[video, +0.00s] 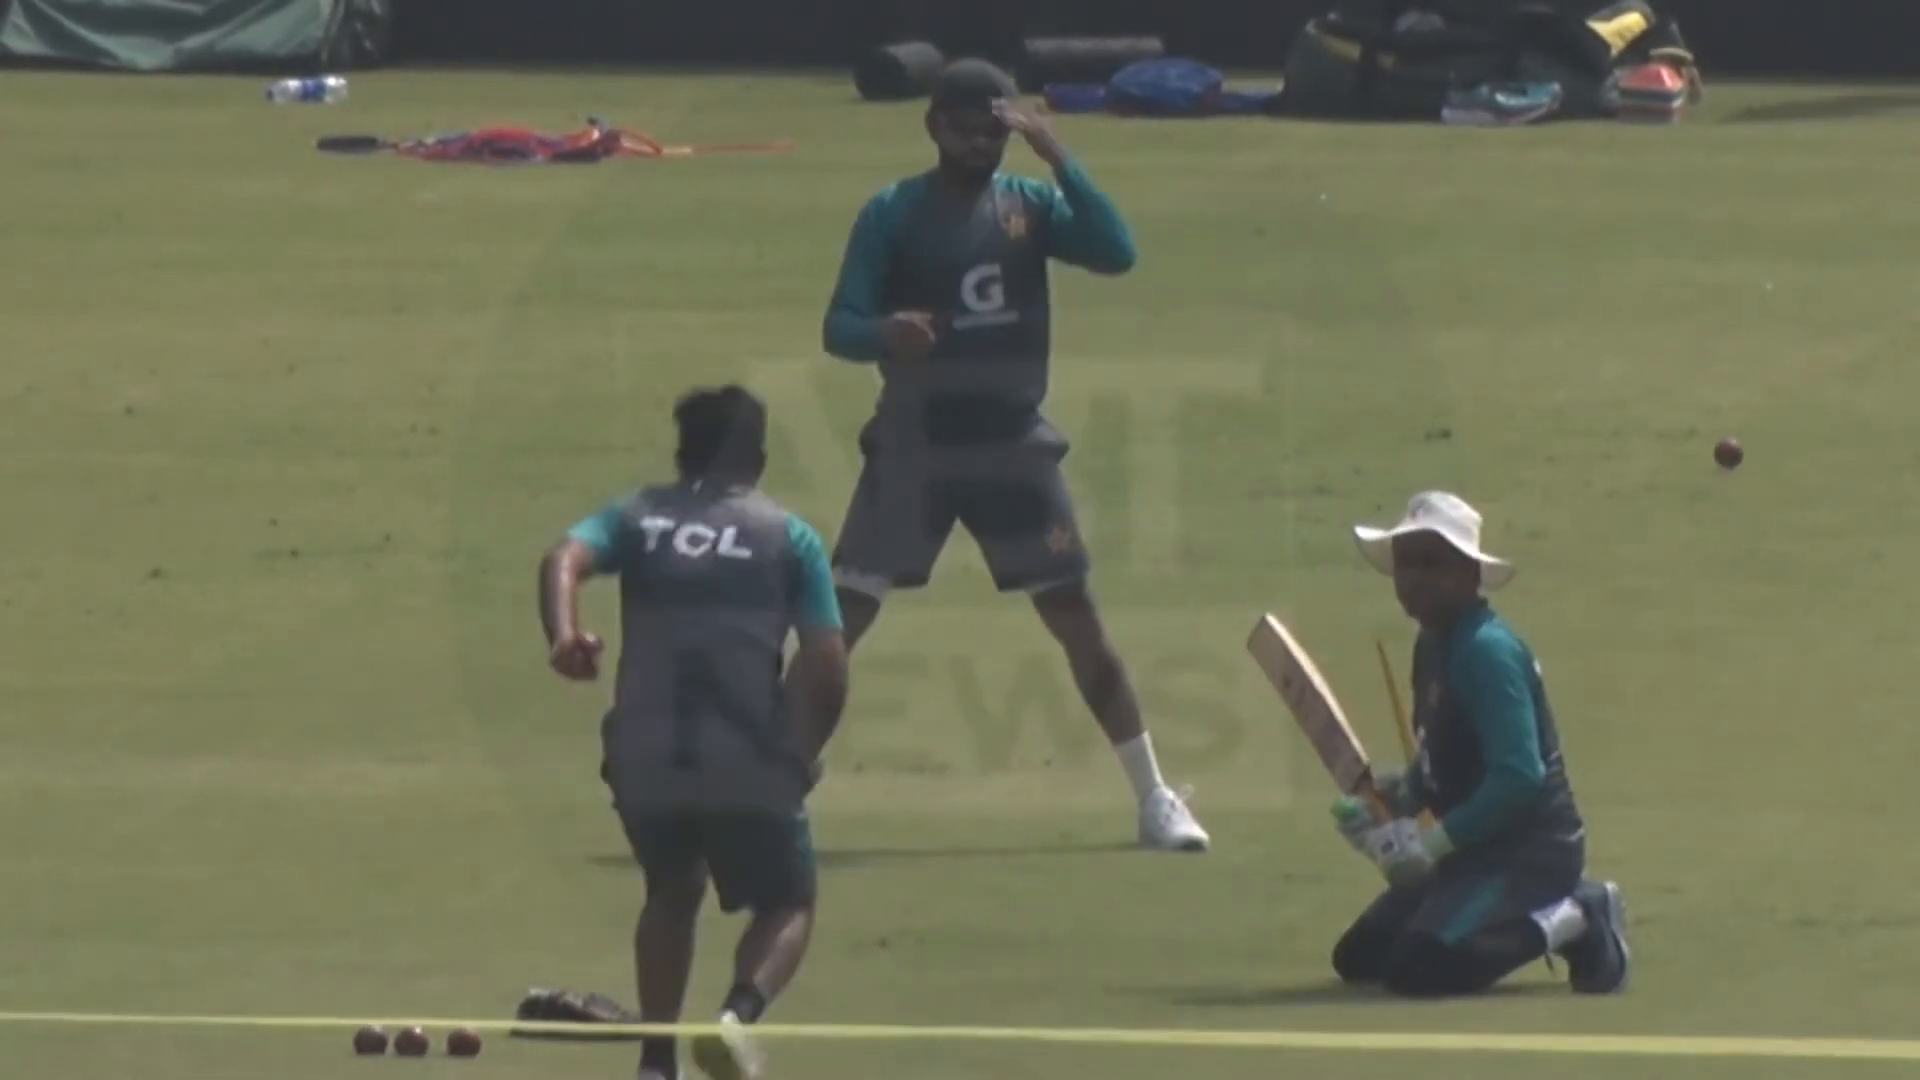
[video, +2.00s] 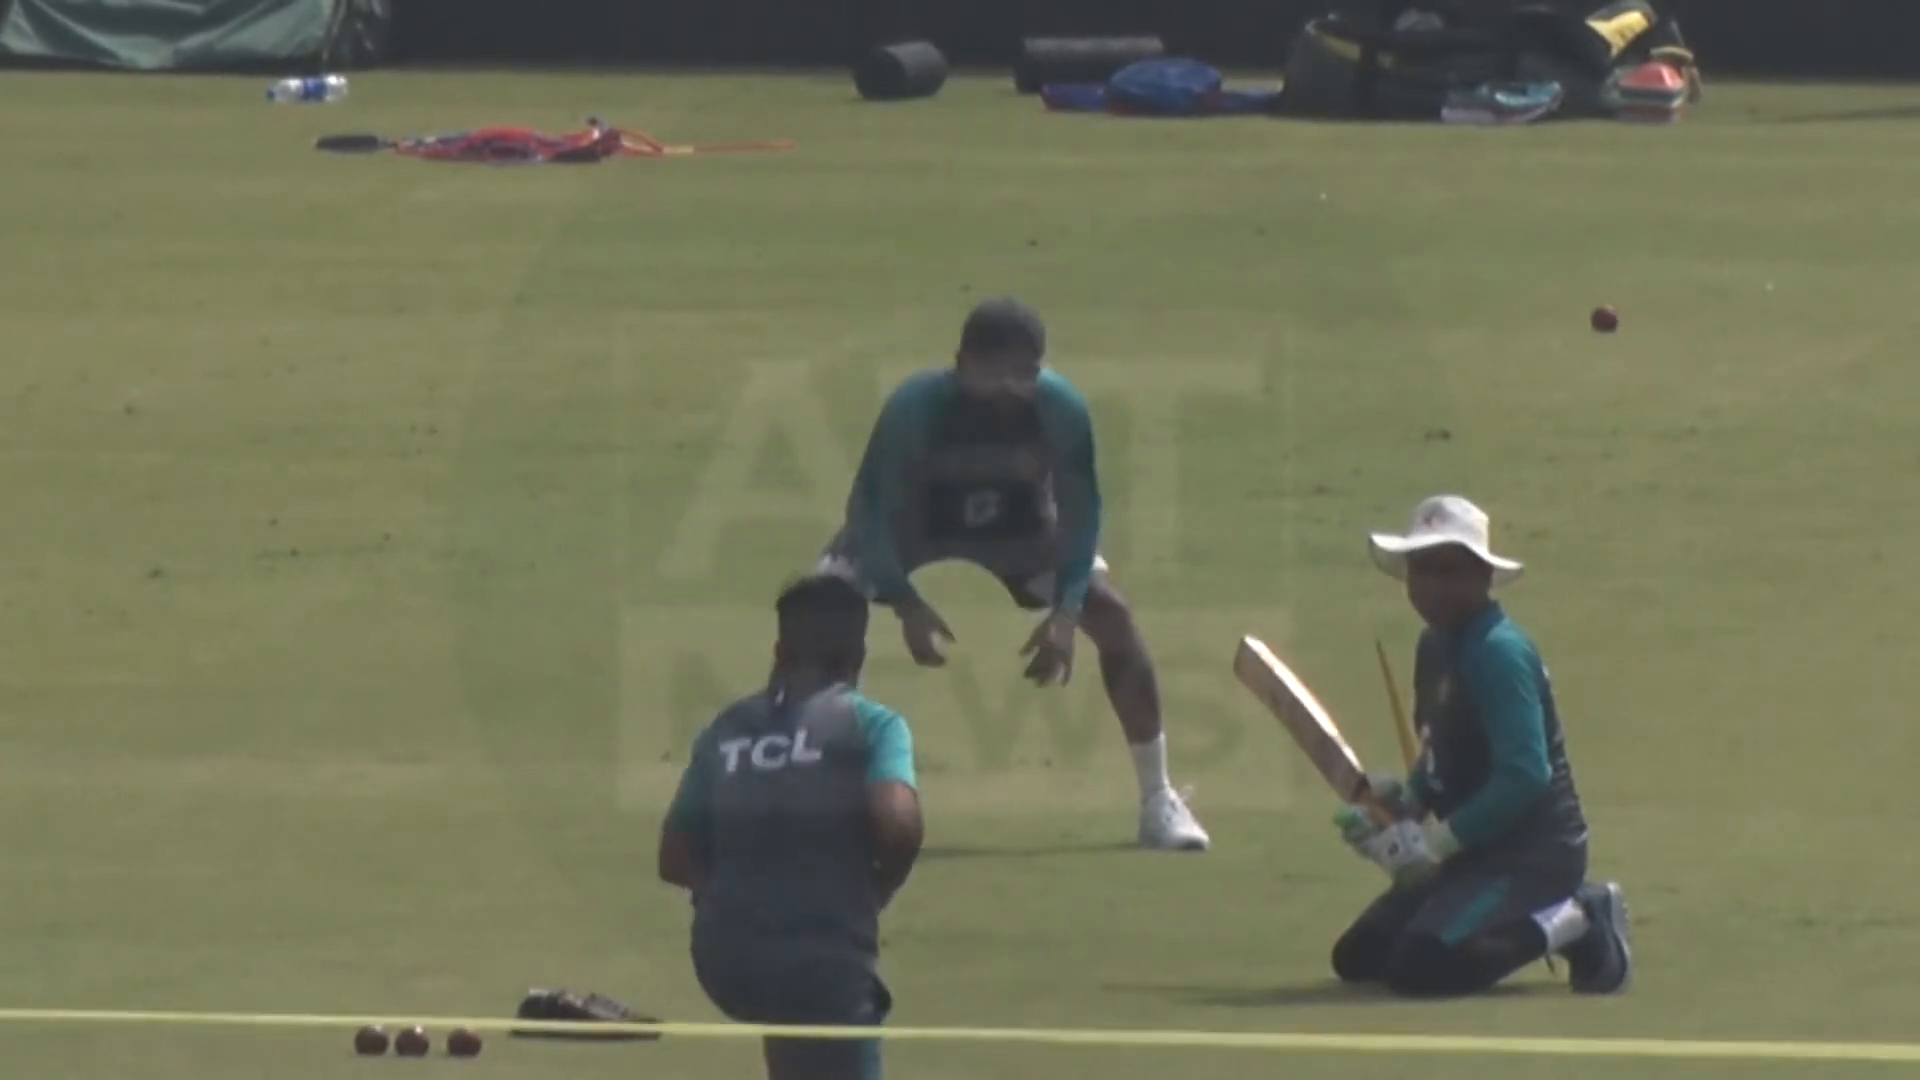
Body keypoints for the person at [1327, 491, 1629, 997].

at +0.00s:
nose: (1408, 579)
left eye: (1428, 564)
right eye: (1402, 564)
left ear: (1467, 573)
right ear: (1392, 571)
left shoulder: (1487, 650)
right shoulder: (1434, 645)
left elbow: (1520, 777)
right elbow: (1444, 759)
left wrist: (1432, 844)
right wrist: (1397, 800)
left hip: (1530, 856)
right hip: (1480, 848)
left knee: (1415, 970)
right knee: (1358, 958)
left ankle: (1578, 918)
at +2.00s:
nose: (1421, 586)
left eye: (1439, 570)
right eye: (1415, 570)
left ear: (1477, 578)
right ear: (1406, 574)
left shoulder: (1499, 651)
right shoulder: (1435, 646)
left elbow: (1526, 776)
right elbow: (1445, 756)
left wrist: (1438, 842)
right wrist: (1403, 803)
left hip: (1535, 856)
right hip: (1482, 848)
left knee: (1416, 969)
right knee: (1357, 957)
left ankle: (1580, 920)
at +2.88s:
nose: (1414, 586)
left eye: (1432, 570)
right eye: (1407, 571)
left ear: (1470, 576)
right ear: (1396, 576)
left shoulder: (1492, 650)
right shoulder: (1434, 642)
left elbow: (1483, 780)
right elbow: (1443, 757)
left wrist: (1395, 797)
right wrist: (1388, 758)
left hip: (1524, 859)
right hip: (1466, 853)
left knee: (1415, 970)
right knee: (1356, 959)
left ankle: (1577, 920)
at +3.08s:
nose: (1413, 581)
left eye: (1430, 565)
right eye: (1405, 567)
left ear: (1465, 569)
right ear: (1395, 572)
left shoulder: (1490, 635)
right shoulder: (1437, 633)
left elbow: (1430, 747)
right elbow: (1430, 722)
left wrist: (1348, 734)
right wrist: (1358, 696)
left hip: (1519, 857)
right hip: (1461, 850)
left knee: (1417, 971)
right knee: (1354, 958)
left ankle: (1576, 917)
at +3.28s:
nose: (1374, 580)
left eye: (1388, 566)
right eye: (1372, 566)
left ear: (1429, 570)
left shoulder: (1458, 625)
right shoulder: (1423, 638)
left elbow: (1377, 722)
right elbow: (1377, 751)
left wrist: (1281, 712)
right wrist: (1281, 723)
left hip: (1506, 857)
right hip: (1454, 858)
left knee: (1422, 969)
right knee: (1339, 955)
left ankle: (1576, 917)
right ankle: (1505, 927)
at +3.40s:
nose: (1333, 563)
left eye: (1344, 552)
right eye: (1337, 551)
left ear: (1377, 559)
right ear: (1394, 563)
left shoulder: (1408, 603)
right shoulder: (1387, 660)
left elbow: (1297, 625)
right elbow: (1292, 737)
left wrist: (1191, 640)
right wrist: (1180, 703)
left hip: (1489, 846)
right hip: (1446, 851)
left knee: (1416, 968)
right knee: (1335, 955)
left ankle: (1576, 915)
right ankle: (1520, 923)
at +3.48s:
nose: (1320, 559)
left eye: (1336, 552)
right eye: (1327, 549)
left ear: (1367, 562)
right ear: (1388, 568)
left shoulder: (1378, 596)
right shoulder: (1363, 666)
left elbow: (1266, 583)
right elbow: (1254, 725)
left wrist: (1147, 589)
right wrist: (1147, 687)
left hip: (1475, 830)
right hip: (1436, 841)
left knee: (1411, 963)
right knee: (1334, 954)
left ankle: (1576, 911)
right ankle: (1511, 907)